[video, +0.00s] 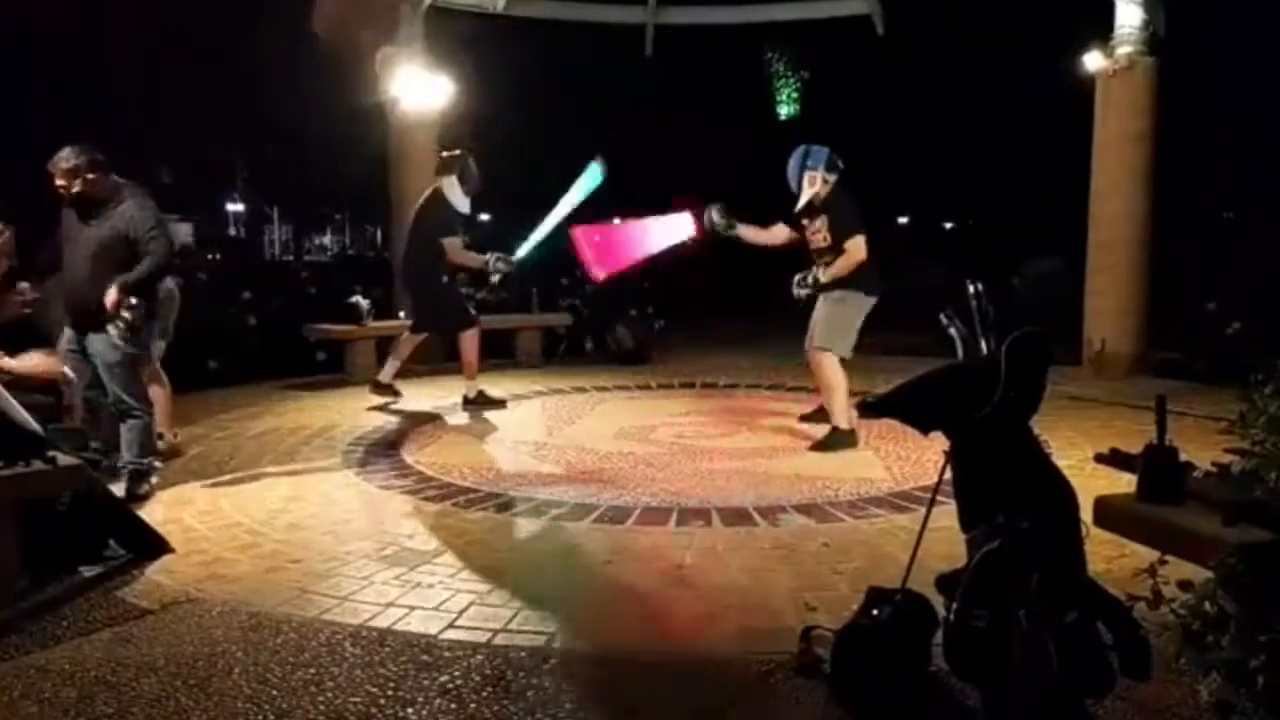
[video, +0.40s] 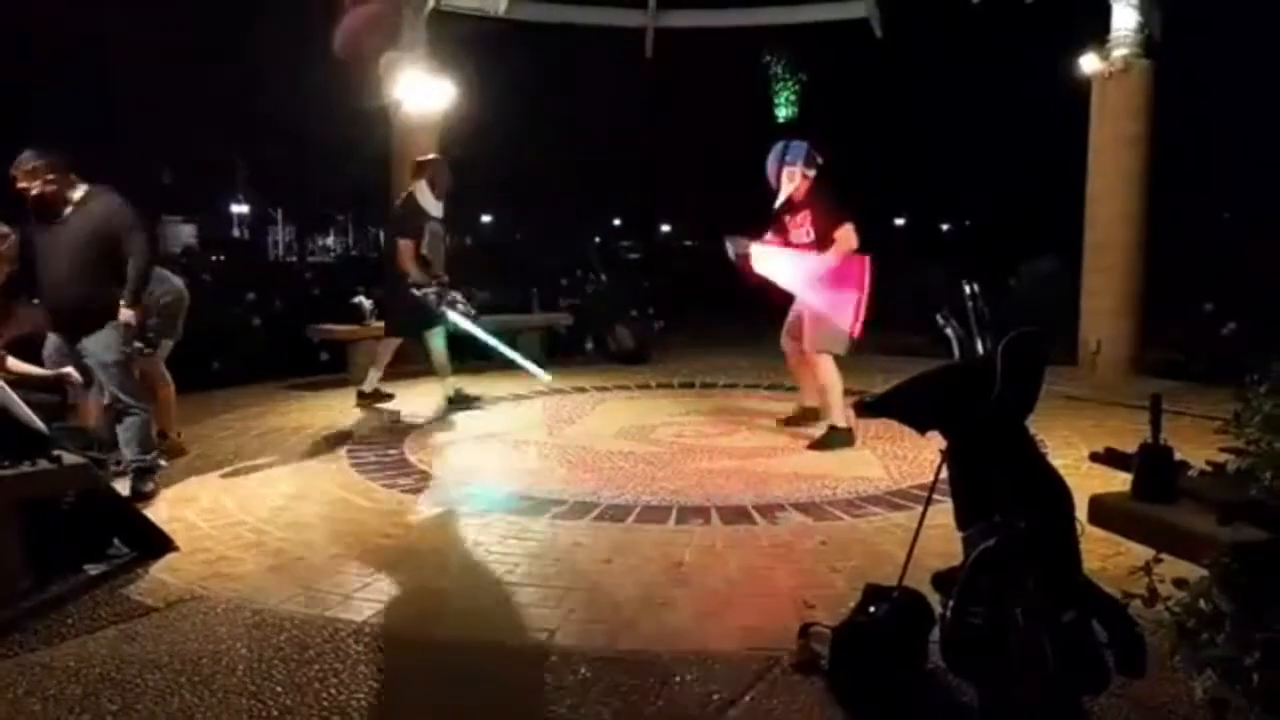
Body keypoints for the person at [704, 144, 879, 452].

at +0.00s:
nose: (803, 186)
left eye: (808, 179)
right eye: (802, 180)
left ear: (821, 178)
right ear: (802, 179)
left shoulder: (841, 206)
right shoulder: (806, 211)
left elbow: (857, 253)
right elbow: (771, 236)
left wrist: (819, 277)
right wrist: (732, 227)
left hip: (853, 287)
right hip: (832, 288)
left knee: (823, 352)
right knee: (814, 350)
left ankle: (843, 427)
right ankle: (831, 404)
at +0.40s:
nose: (792, 182)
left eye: (799, 175)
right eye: (787, 174)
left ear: (809, 176)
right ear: (778, 174)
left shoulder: (823, 202)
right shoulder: (785, 212)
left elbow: (849, 240)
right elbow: (776, 245)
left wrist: (818, 266)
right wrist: (756, 254)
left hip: (832, 290)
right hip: (807, 290)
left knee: (818, 350)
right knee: (792, 343)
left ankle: (839, 424)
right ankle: (811, 405)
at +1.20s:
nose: (786, 192)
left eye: (790, 185)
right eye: (782, 186)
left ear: (801, 183)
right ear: (776, 185)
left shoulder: (818, 209)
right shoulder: (785, 214)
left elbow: (839, 248)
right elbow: (785, 253)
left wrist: (816, 280)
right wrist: (759, 236)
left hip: (833, 294)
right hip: (796, 292)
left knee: (843, 355)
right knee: (772, 341)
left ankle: (873, 399)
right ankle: (772, 405)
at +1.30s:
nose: (806, 192)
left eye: (811, 185)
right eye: (802, 186)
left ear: (821, 185)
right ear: (796, 187)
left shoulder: (834, 213)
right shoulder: (799, 216)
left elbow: (853, 256)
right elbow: (809, 259)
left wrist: (825, 282)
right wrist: (780, 255)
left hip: (846, 295)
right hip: (812, 292)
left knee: (849, 354)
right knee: (782, 340)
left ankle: (876, 401)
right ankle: (773, 406)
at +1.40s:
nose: (813, 188)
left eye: (819, 182)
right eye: (810, 181)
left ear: (831, 181)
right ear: (806, 180)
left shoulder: (843, 208)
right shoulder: (810, 210)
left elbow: (859, 250)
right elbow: (815, 255)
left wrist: (830, 275)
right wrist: (787, 257)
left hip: (851, 292)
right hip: (818, 288)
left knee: (855, 353)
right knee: (792, 339)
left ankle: (878, 401)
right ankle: (777, 403)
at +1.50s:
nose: (817, 182)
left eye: (821, 175)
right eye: (815, 175)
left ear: (832, 173)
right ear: (813, 174)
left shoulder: (845, 200)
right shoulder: (821, 203)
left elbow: (861, 242)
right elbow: (826, 249)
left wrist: (831, 268)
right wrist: (792, 260)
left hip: (854, 287)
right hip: (824, 285)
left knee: (857, 349)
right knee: (799, 335)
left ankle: (879, 401)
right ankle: (788, 400)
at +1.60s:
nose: (820, 177)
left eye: (824, 170)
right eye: (818, 170)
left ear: (836, 171)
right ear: (818, 170)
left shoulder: (846, 197)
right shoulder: (824, 201)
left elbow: (858, 239)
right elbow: (825, 249)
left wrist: (828, 266)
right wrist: (797, 265)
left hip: (854, 287)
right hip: (826, 285)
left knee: (859, 348)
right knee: (805, 336)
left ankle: (878, 402)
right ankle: (806, 400)